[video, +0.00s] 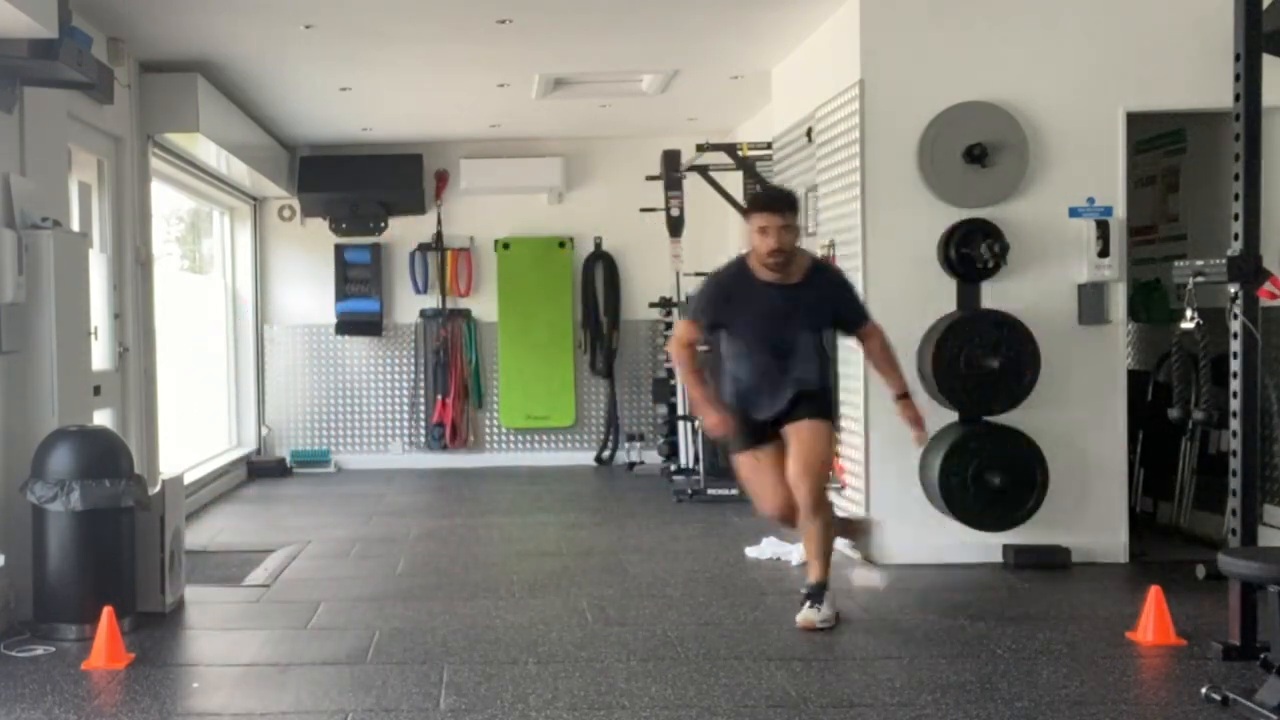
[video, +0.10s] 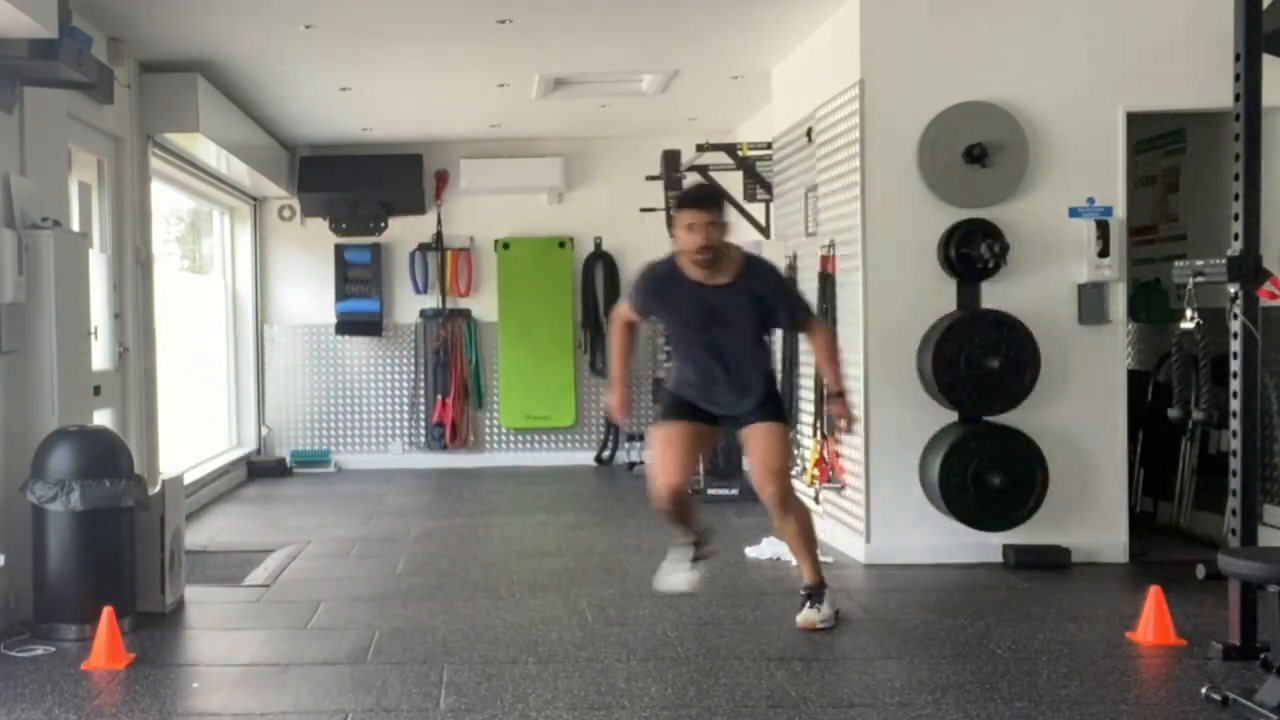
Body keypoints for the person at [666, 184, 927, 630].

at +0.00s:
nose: (774, 243)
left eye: (783, 231)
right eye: (763, 233)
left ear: (796, 230)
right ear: (749, 233)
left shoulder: (823, 280)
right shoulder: (726, 284)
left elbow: (869, 335)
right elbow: (680, 343)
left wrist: (903, 395)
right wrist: (706, 407)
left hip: (806, 398)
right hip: (746, 407)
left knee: (809, 494)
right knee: (777, 507)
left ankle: (816, 594)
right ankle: (849, 528)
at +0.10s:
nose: (701, 239)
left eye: (710, 227)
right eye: (690, 228)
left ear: (724, 227)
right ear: (673, 232)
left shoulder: (759, 276)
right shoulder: (658, 281)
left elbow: (816, 328)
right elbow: (622, 319)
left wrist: (836, 392)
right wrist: (617, 388)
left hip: (754, 396)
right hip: (689, 396)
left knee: (775, 492)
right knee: (665, 488)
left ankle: (815, 588)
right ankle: (693, 538)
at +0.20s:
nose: (622, 228)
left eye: (631, 217)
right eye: (611, 218)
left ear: (646, 216)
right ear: (596, 220)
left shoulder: (684, 267)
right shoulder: (582, 270)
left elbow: (736, 317)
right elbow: (549, 310)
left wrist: (758, 380)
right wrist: (526, 362)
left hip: (685, 388)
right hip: (619, 387)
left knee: (710, 485)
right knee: (586, 471)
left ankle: (792, 570)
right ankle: (594, 578)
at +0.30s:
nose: (553, 226)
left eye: (563, 215)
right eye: (543, 216)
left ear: (576, 216)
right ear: (528, 218)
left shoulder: (611, 267)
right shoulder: (513, 271)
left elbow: (667, 316)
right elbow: (469, 311)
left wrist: (689, 377)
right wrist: (437, 334)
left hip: (607, 388)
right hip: (553, 388)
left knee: (588, 481)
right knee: (543, 493)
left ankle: (670, 552)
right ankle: (590, 586)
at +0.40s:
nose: (486, 222)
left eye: (495, 210)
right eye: (475, 211)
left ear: (510, 210)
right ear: (462, 213)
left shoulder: (546, 263)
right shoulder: (450, 262)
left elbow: (594, 319)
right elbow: (403, 305)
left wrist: (618, 376)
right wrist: (388, 318)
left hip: (533, 380)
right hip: (483, 385)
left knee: (471, 456)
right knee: (498, 494)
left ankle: (467, 578)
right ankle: (577, 573)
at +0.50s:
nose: (422, 224)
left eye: (431, 213)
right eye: (411, 214)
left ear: (446, 213)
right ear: (398, 217)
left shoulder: (481, 272)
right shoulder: (387, 264)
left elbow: (524, 332)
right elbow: (342, 316)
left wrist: (548, 393)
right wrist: (342, 340)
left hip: (456, 391)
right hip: (408, 391)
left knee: (391, 482)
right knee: (399, 496)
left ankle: (350, 598)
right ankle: (503, 551)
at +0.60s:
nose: (355, 238)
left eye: (366, 226)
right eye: (344, 227)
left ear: (383, 226)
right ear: (331, 230)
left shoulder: (413, 286)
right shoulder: (324, 279)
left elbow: (454, 348)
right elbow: (286, 329)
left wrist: (467, 422)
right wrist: (284, 377)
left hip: (401, 398)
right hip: (351, 390)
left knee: (337, 489)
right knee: (292, 491)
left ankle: (341, 599)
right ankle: (359, 550)